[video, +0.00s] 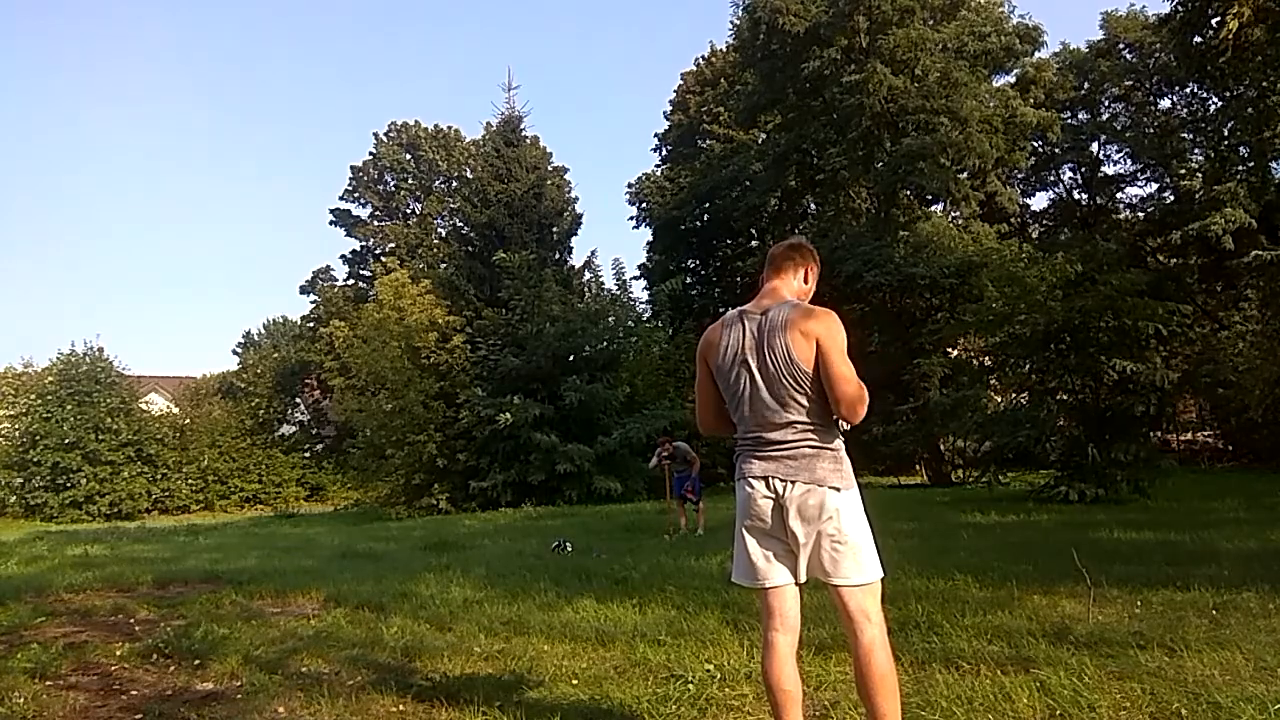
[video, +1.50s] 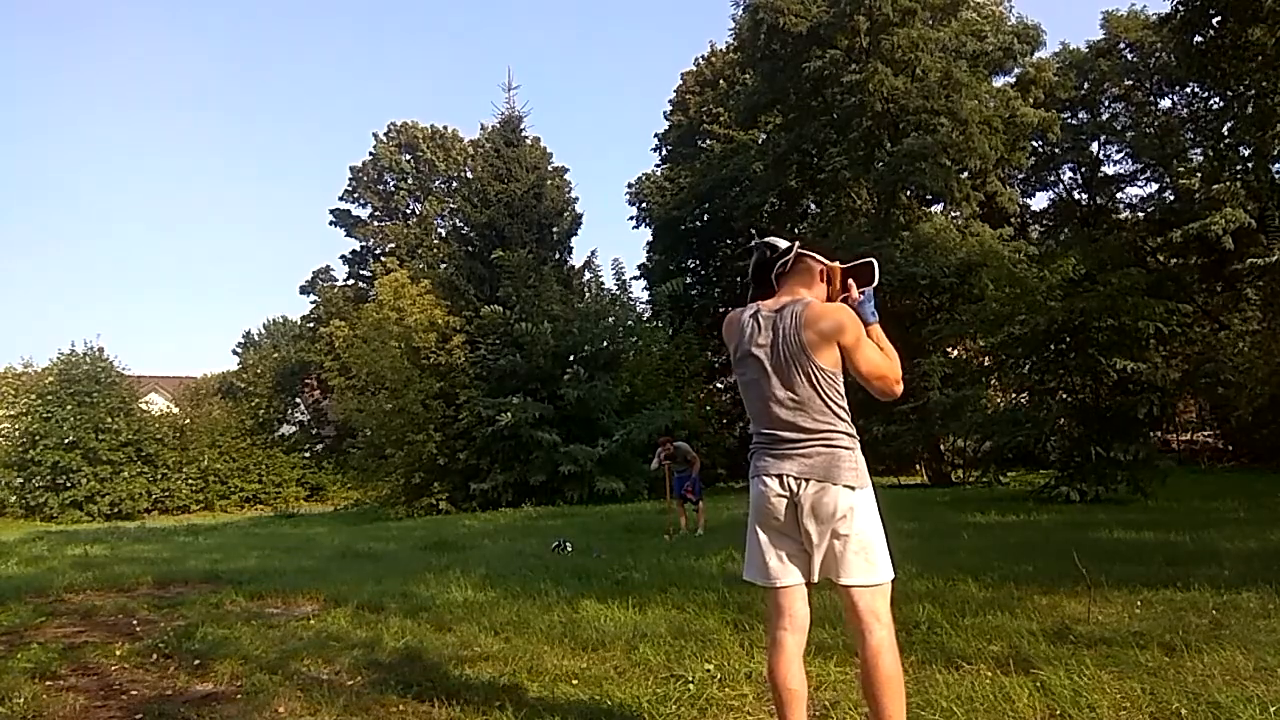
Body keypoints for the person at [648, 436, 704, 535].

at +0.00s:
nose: (667, 452)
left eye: (668, 449)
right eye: (664, 450)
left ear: (671, 446)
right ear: (661, 449)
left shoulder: (682, 447)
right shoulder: (660, 451)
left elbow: (696, 462)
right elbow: (650, 466)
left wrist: (692, 480)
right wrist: (659, 459)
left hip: (690, 473)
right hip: (677, 475)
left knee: (697, 501)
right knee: (679, 502)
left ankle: (700, 528)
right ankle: (683, 528)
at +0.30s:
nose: (666, 452)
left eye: (667, 449)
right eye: (664, 450)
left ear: (671, 446)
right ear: (661, 449)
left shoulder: (682, 447)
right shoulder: (659, 451)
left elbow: (696, 462)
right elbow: (650, 466)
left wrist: (692, 480)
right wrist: (659, 458)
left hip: (690, 473)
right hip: (677, 475)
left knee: (696, 501)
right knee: (679, 502)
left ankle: (700, 527)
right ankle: (683, 528)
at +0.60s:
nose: (666, 452)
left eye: (668, 449)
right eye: (664, 450)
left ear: (671, 445)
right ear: (661, 449)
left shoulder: (682, 447)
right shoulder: (660, 451)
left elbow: (696, 462)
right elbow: (650, 466)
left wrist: (692, 480)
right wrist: (659, 458)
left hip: (690, 473)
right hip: (677, 475)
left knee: (697, 501)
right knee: (679, 502)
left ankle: (700, 527)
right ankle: (683, 528)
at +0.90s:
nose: (667, 452)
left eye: (668, 449)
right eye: (664, 450)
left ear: (672, 446)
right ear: (661, 449)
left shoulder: (682, 447)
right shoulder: (660, 452)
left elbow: (696, 462)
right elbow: (652, 467)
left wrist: (692, 480)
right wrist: (660, 461)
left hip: (690, 473)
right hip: (677, 475)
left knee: (697, 501)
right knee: (679, 502)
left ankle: (700, 528)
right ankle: (683, 528)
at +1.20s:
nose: (667, 452)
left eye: (668, 449)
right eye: (665, 450)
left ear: (671, 445)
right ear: (661, 449)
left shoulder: (682, 447)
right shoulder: (660, 451)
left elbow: (696, 461)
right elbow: (652, 467)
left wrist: (692, 480)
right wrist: (660, 460)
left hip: (690, 473)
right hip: (677, 475)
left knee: (697, 501)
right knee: (679, 502)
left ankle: (700, 527)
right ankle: (683, 528)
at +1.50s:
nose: (667, 452)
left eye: (668, 449)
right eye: (665, 450)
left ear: (672, 446)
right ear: (662, 449)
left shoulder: (682, 447)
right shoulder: (660, 452)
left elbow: (696, 461)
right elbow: (652, 467)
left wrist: (692, 480)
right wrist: (660, 460)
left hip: (690, 472)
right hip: (677, 475)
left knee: (697, 501)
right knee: (679, 502)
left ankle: (700, 528)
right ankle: (683, 528)